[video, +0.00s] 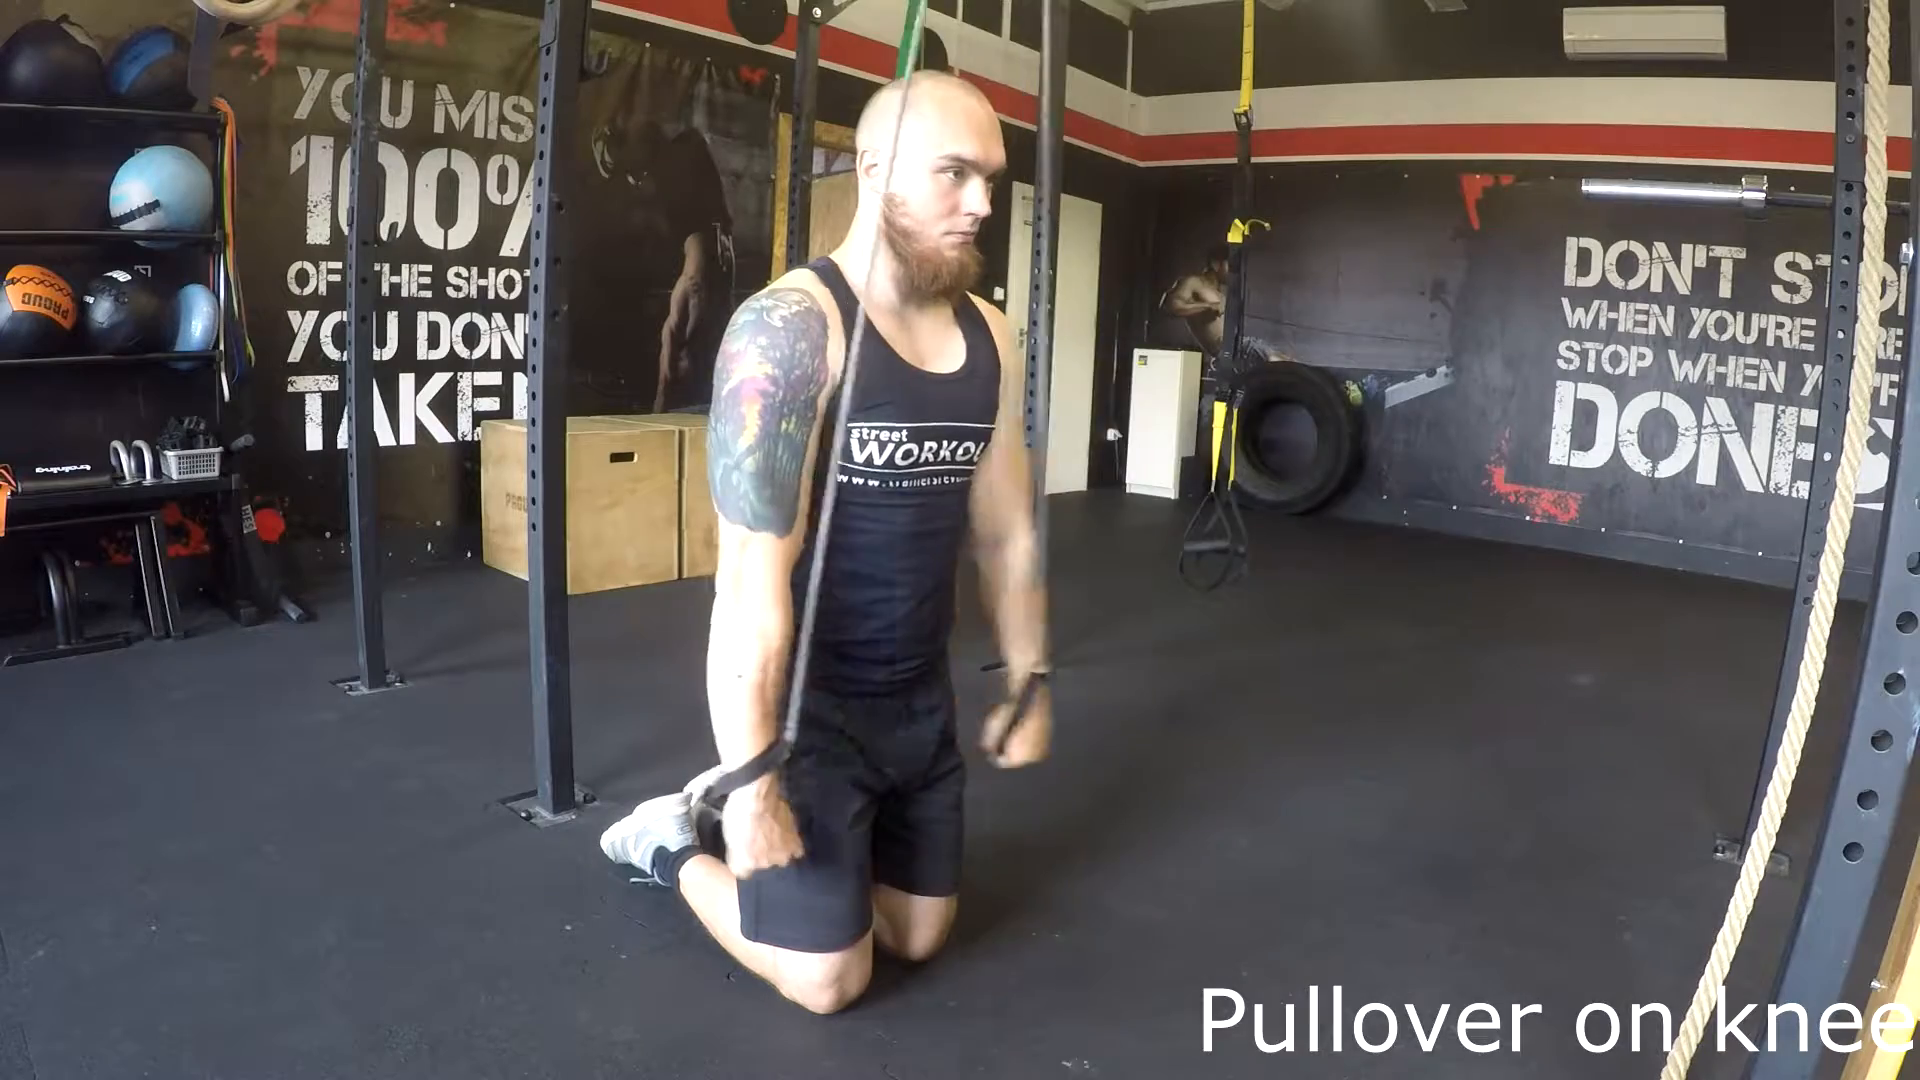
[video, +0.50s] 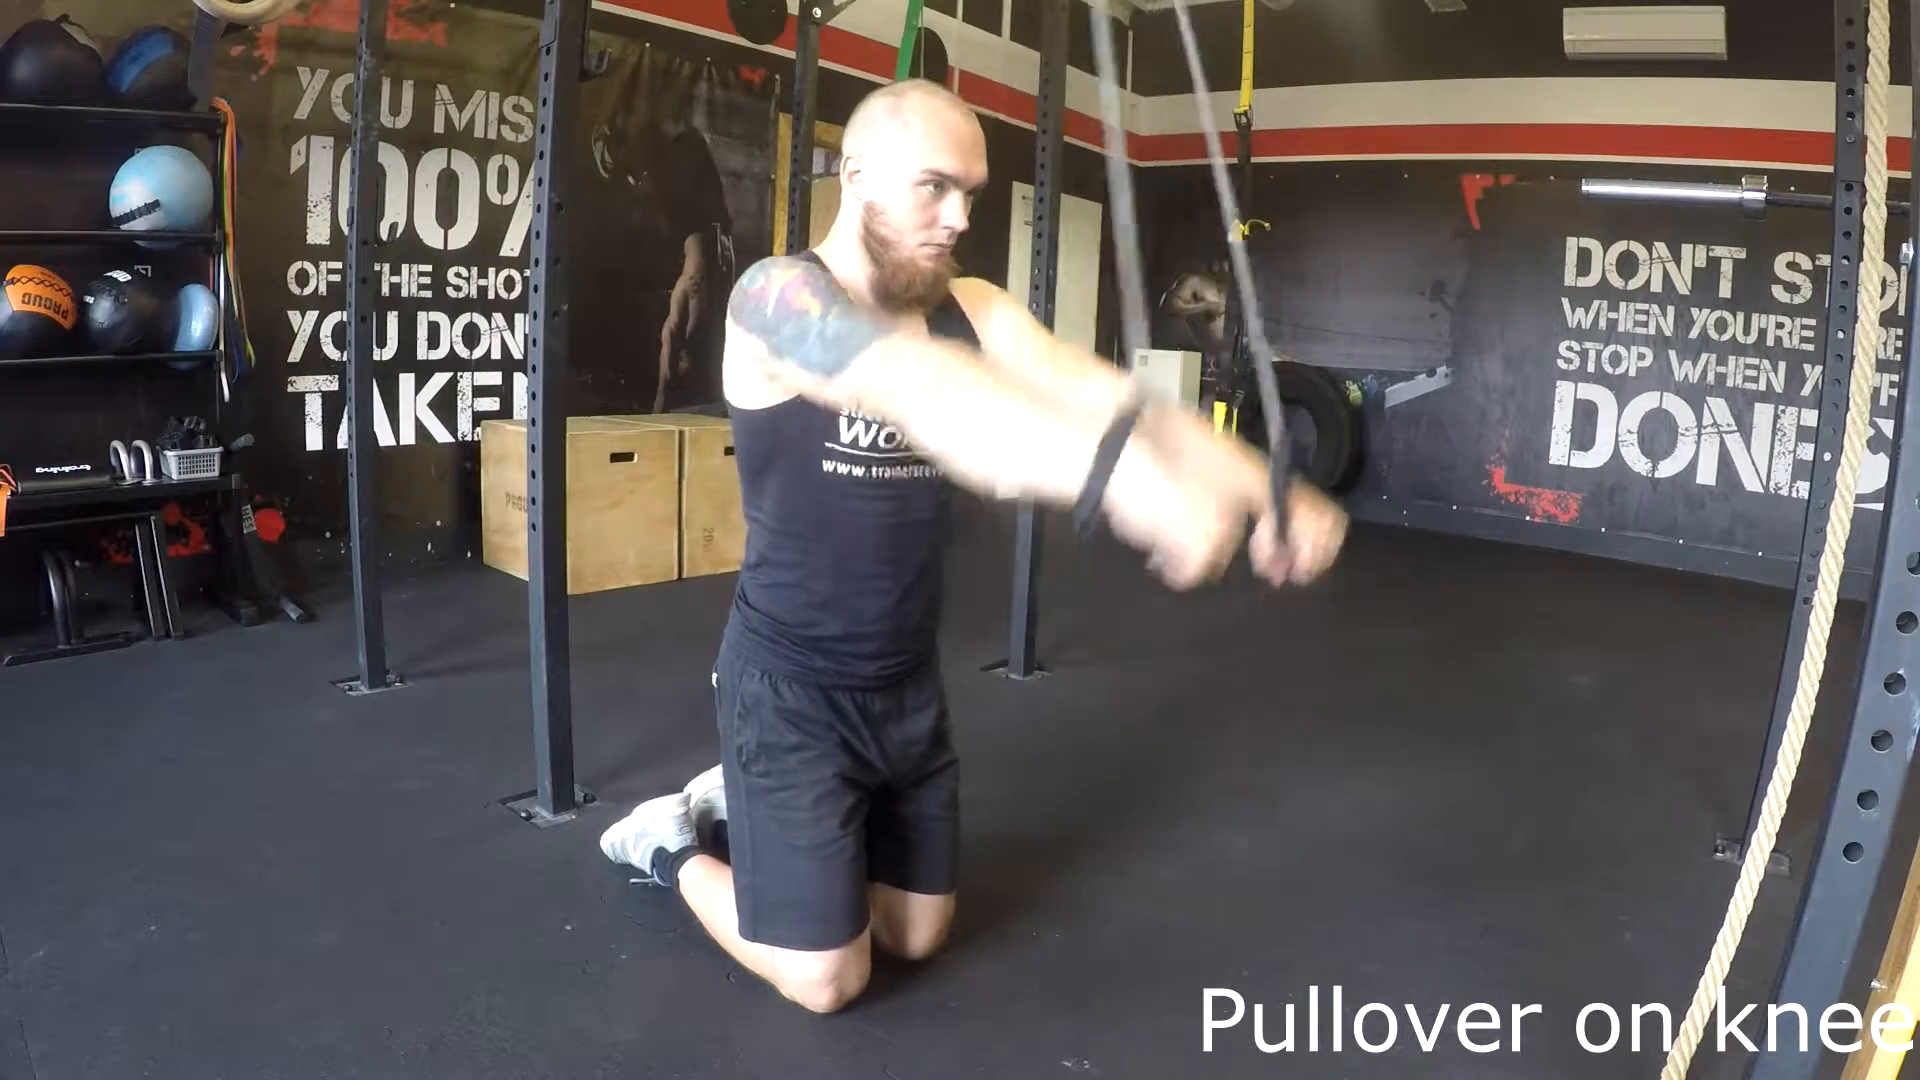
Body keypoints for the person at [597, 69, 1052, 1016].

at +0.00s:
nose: (982, 204)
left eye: (992, 180)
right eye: (956, 174)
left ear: (996, 188)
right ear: (877, 175)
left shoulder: (989, 333)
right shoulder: (787, 331)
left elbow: (1007, 528)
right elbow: (754, 570)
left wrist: (1028, 675)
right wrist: (752, 774)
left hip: (918, 697)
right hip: (803, 705)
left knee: (915, 932)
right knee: (826, 980)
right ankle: (680, 848)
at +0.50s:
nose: (955, 220)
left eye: (970, 196)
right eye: (932, 189)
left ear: (978, 198)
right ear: (855, 179)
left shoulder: (971, 312)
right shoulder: (778, 296)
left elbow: (1106, 396)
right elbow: (925, 400)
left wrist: (1256, 485)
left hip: (907, 681)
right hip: (790, 683)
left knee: (916, 931)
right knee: (821, 977)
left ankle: (743, 814)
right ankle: (671, 854)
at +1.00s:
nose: (952, 224)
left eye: (968, 202)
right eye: (930, 194)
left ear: (975, 204)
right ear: (850, 180)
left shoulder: (969, 304)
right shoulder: (785, 295)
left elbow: (1104, 371)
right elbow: (939, 386)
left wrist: (1266, 447)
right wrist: (1161, 470)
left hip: (904, 679)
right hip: (787, 682)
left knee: (915, 932)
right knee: (822, 978)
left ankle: (741, 806)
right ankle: (674, 856)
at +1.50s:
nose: (983, 221)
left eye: (995, 196)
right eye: (958, 189)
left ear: (1001, 200)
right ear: (878, 182)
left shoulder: (988, 341)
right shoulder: (784, 338)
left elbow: (1009, 532)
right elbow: (753, 585)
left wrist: (1035, 680)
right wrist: (736, 784)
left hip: (912, 687)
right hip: (797, 694)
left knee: (916, 931)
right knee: (824, 978)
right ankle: (675, 847)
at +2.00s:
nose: (977, 208)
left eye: (989, 184)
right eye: (951, 176)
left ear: (995, 193)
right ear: (871, 174)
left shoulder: (985, 338)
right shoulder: (781, 333)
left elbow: (1019, 530)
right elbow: (765, 582)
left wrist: (1058, 676)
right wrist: (780, 787)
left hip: (913, 697)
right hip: (804, 704)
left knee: (916, 932)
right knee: (825, 979)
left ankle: (732, 807)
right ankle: (672, 855)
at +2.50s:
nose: (960, 214)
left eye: (974, 191)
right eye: (936, 182)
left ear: (979, 196)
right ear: (857, 172)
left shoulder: (967, 312)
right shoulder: (776, 291)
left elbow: (1096, 370)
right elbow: (927, 328)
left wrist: (1257, 415)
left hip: (908, 680)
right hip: (790, 682)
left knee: (915, 933)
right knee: (822, 979)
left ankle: (744, 804)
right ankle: (671, 856)